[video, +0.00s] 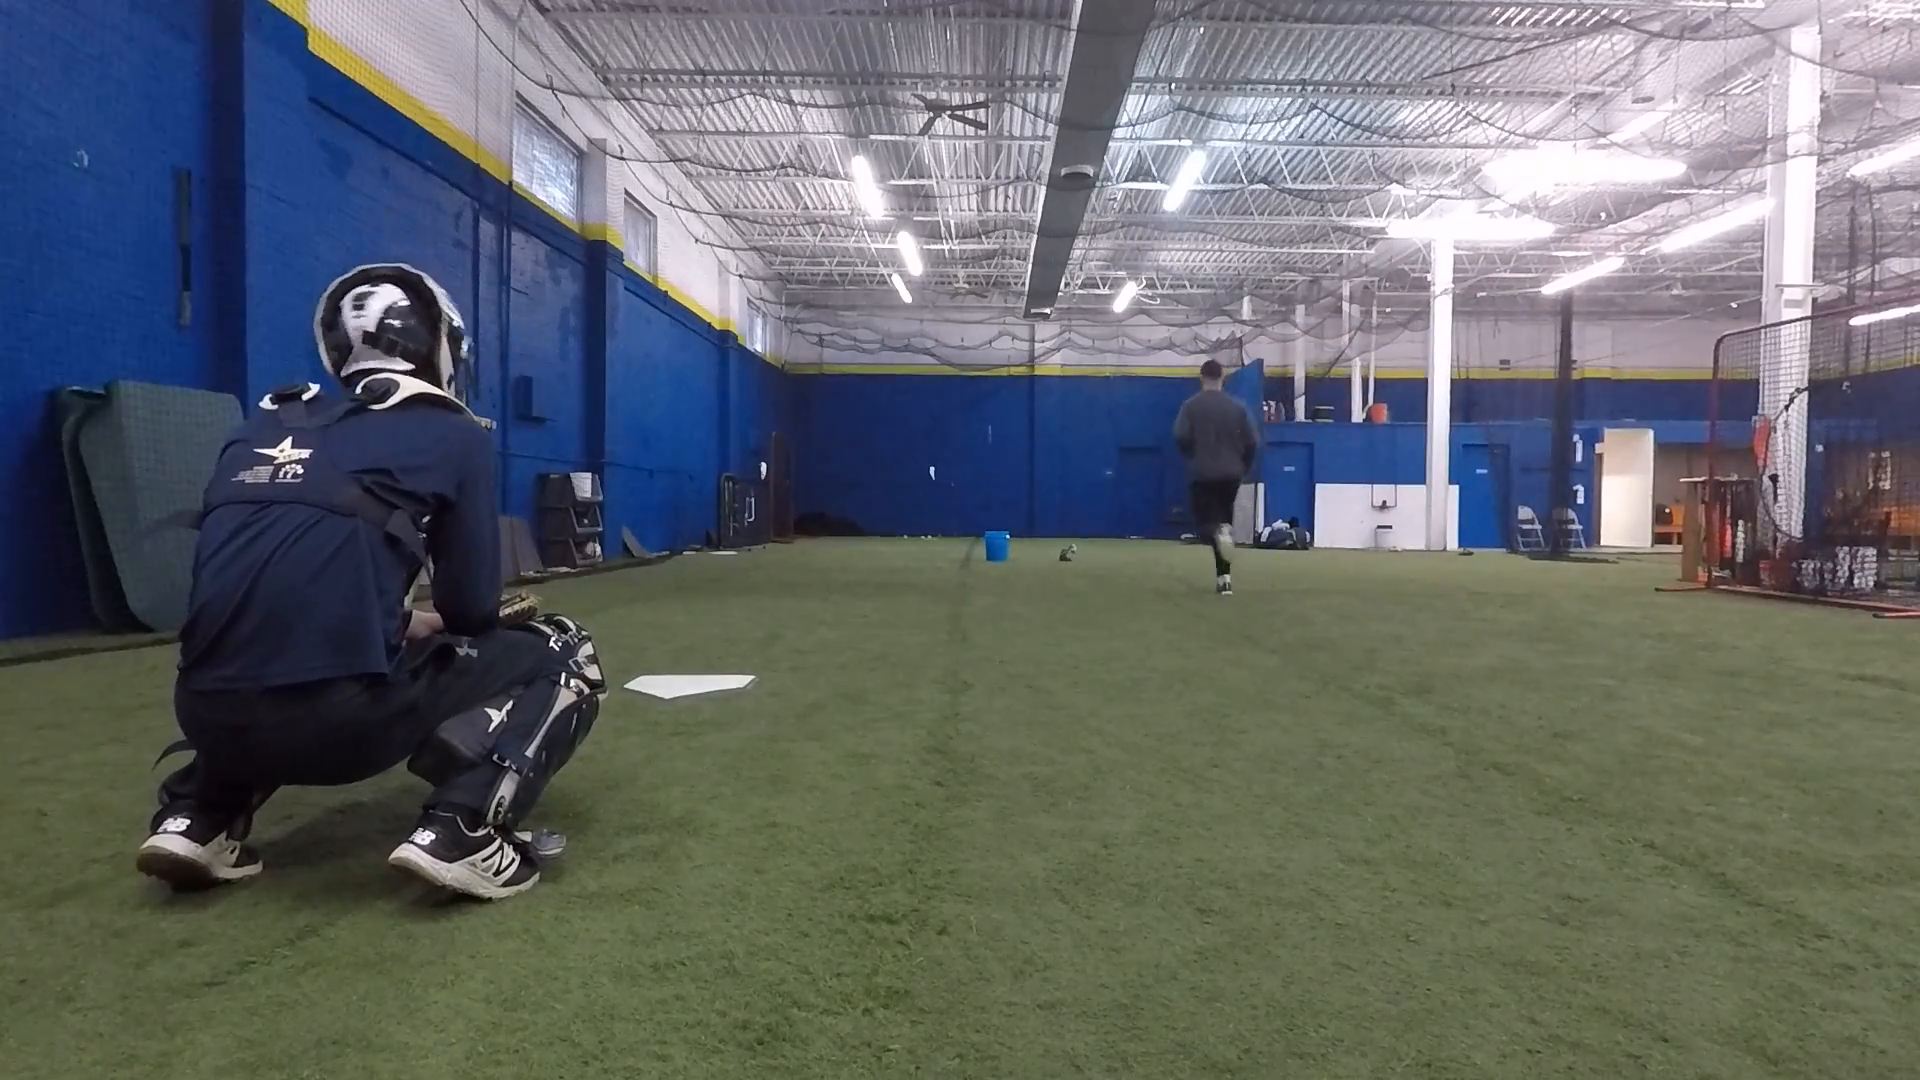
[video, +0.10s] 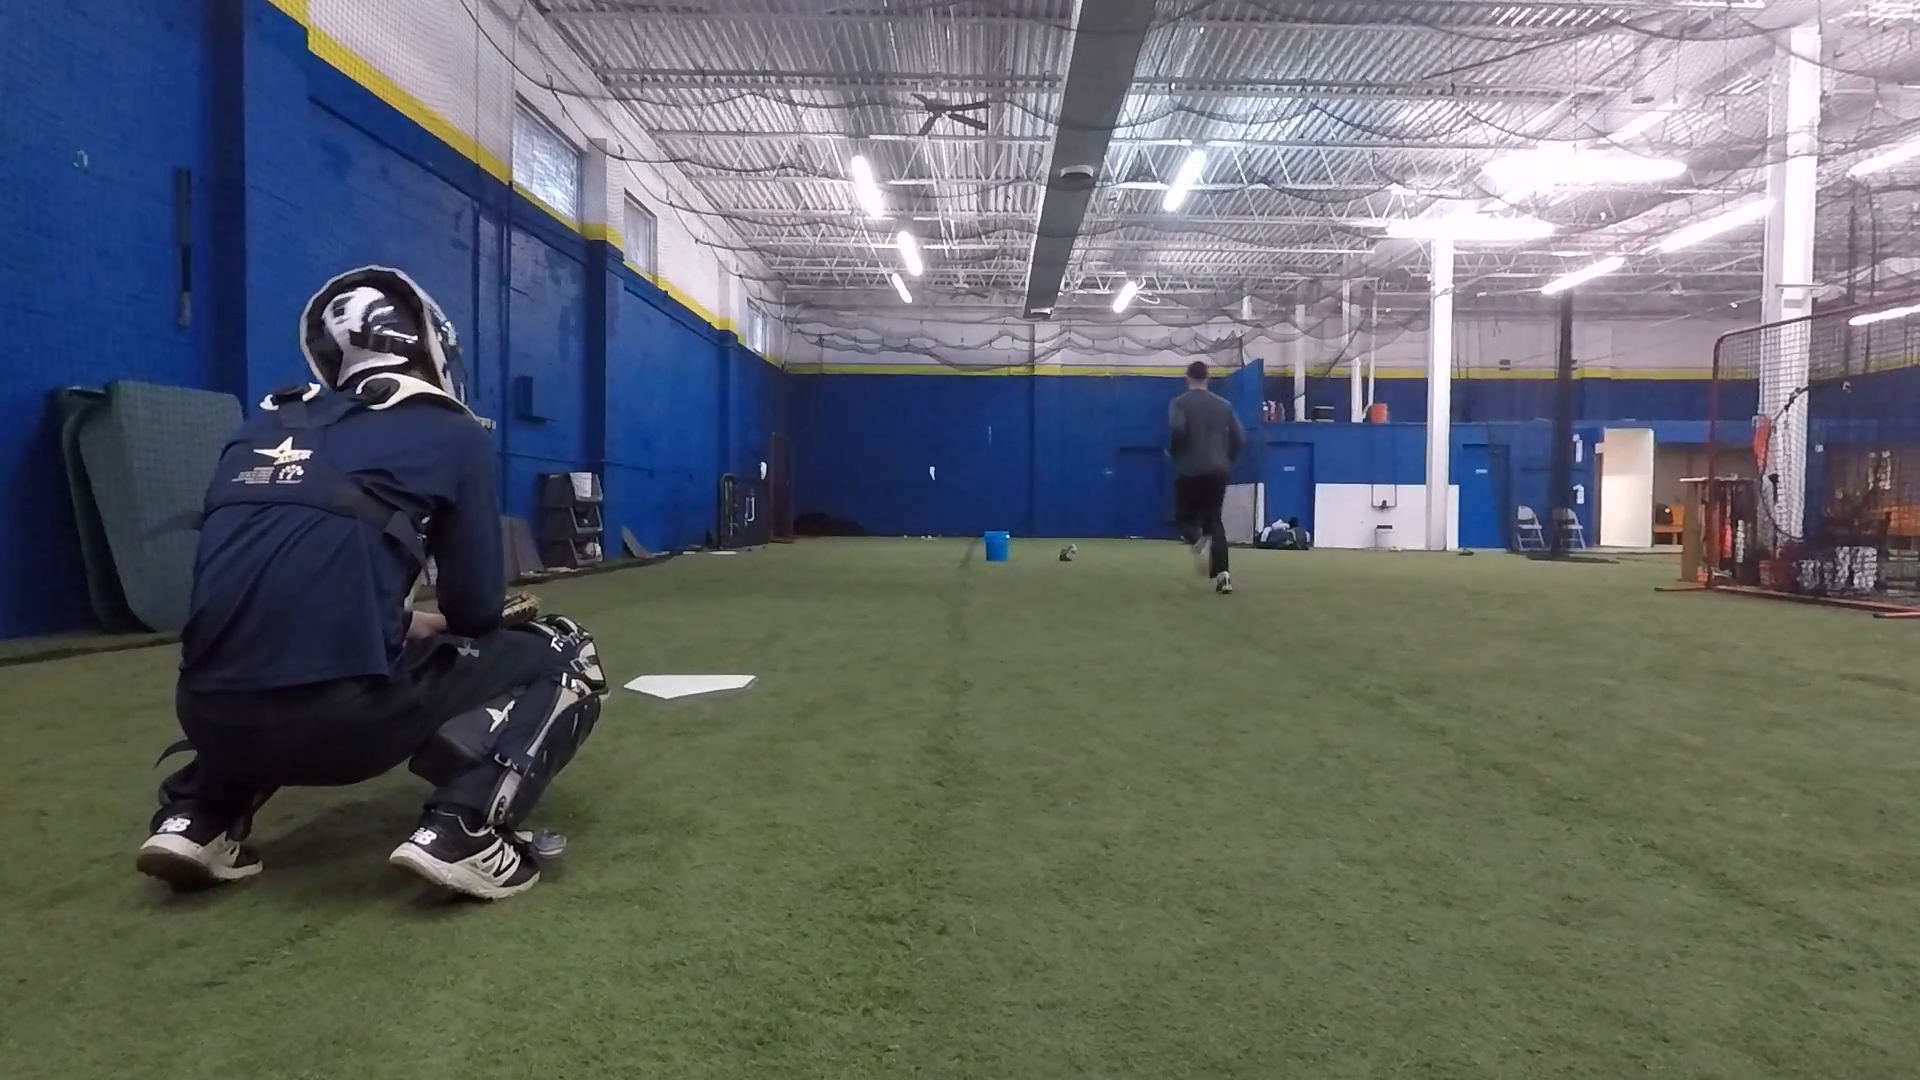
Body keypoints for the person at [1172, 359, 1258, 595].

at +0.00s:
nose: (1212, 381)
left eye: (1207, 376)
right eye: (1218, 376)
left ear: (1202, 378)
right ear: (1222, 378)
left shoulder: (1191, 405)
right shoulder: (1237, 406)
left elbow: (1181, 435)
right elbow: (1251, 441)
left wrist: (1192, 454)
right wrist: (1242, 466)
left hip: (1202, 473)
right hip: (1231, 473)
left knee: (1204, 524)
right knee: (1224, 520)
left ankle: (1220, 532)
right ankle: (1224, 577)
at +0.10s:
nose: (1193, 381)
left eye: (1189, 377)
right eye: (1201, 376)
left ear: (1187, 378)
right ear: (1207, 379)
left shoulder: (1179, 403)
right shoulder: (1223, 404)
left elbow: (1179, 430)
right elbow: (1238, 437)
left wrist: (1173, 452)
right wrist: (1227, 458)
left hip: (1190, 471)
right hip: (1218, 470)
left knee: (1184, 518)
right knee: (1214, 519)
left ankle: (1198, 540)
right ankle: (1222, 571)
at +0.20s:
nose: (1172, 376)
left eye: (1171, 373)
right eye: (1176, 373)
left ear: (1172, 374)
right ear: (1190, 373)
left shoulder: (1167, 395)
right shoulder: (1208, 397)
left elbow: (1167, 415)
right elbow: (1220, 427)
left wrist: (1159, 437)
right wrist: (1212, 451)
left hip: (1174, 462)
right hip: (1202, 462)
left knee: (1172, 511)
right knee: (1209, 509)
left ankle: (1177, 559)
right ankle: (1222, 557)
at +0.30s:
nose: (1157, 382)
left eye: (1156, 378)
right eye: (1161, 378)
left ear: (1156, 378)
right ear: (1175, 377)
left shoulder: (1154, 400)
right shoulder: (1194, 400)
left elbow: (1152, 418)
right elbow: (1206, 433)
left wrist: (1146, 438)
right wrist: (1201, 462)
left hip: (1162, 464)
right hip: (1189, 463)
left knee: (1159, 515)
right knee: (1194, 509)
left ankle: (1157, 569)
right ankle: (1215, 539)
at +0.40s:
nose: (1145, 395)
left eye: (1145, 392)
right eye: (1150, 392)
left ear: (1145, 392)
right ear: (1162, 392)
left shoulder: (1140, 415)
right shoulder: (1178, 414)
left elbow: (1135, 441)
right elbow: (1190, 443)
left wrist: (1133, 456)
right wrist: (1189, 466)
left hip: (1148, 478)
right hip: (1176, 477)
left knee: (1148, 525)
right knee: (1176, 521)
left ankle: (1152, 572)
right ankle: (1199, 532)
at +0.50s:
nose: (1132, 397)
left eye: (1132, 394)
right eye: (1134, 394)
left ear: (1134, 394)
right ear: (1150, 394)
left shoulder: (1128, 418)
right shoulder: (1167, 416)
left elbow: (1120, 448)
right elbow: (1177, 445)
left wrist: (1125, 457)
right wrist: (1174, 465)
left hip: (1139, 479)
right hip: (1164, 477)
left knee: (1141, 523)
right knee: (1162, 518)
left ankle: (1152, 571)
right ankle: (1177, 539)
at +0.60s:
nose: (1126, 392)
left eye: (1126, 388)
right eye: (1130, 388)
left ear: (1126, 389)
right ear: (1141, 389)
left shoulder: (1119, 410)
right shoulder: (1157, 410)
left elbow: (1109, 437)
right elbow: (1168, 437)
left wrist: (1121, 447)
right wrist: (1162, 456)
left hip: (1130, 469)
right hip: (1154, 468)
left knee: (1137, 514)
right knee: (1152, 512)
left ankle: (1146, 562)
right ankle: (1150, 554)